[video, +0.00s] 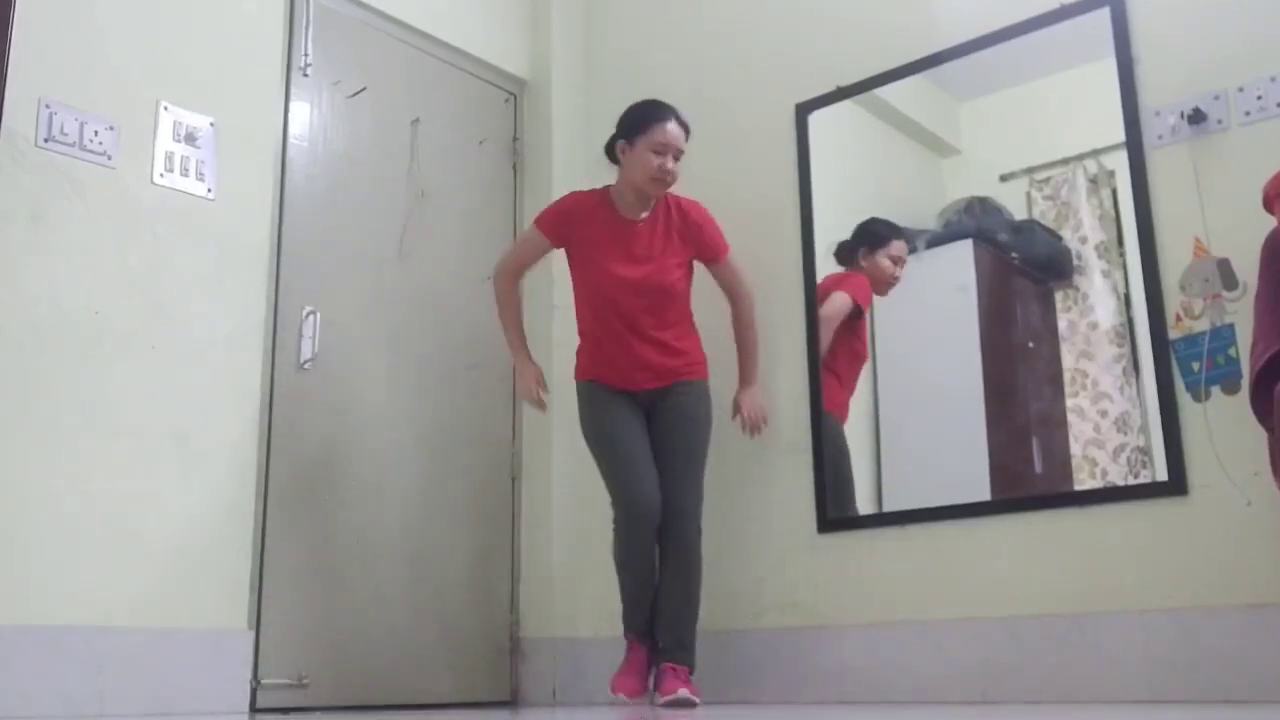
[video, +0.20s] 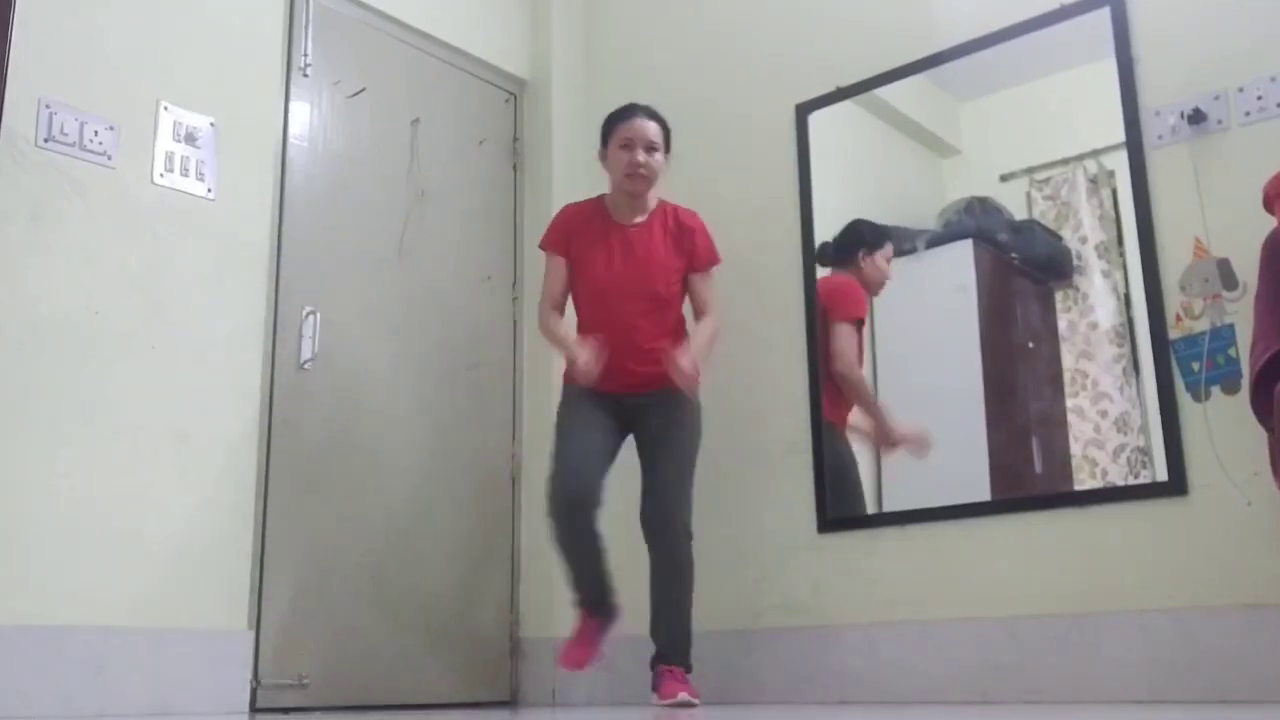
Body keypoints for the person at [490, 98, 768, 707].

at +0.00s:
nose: (670, 165)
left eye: (678, 155)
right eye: (659, 152)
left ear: (682, 160)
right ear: (622, 151)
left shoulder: (689, 218)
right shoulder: (576, 212)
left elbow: (741, 296)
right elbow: (505, 274)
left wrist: (749, 383)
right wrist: (521, 358)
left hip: (681, 381)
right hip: (605, 383)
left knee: (682, 515)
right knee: (640, 504)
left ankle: (676, 665)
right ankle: (638, 648)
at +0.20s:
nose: (640, 157)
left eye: (651, 148)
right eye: (627, 146)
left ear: (665, 161)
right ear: (604, 156)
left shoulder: (684, 227)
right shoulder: (575, 222)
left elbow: (708, 313)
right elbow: (548, 312)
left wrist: (692, 351)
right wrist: (572, 345)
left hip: (666, 392)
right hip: (594, 392)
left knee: (667, 523)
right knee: (568, 496)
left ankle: (672, 667)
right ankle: (597, 608)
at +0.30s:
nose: (623, 145)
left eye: (634, 136)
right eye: (611, 136)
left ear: (652, 149)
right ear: (591, 147)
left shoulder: (674, 216)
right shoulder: (564, 211)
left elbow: (690, 303)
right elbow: (548, 299)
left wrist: (635, 284)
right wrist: (604, 283)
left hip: (654, 387)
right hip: (578, 384)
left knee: (658, 518)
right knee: (536, 495)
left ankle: (670, 667)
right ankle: (535, 633)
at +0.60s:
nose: (545, 149)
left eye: (558, 140)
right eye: (536, 139)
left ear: (584, 153)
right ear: (522, 151)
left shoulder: (604, 222)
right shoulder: (496, 209)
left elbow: (601, 310)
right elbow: (492, 290)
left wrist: (573, 276)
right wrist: (550, 262)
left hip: (578, 392)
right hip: (500, 389)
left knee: (612, 527)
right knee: (479, 523)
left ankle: (661, 666)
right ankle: (447, 671)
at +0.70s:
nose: (517, 162)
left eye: (530, 151)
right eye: (508, 152)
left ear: (559, 158)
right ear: (498, 160)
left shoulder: (583, 230)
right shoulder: (475, 213)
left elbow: (581, 309)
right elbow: (468, 294)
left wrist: (559, 369)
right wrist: (485, 363)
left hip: (549, 388)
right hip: (475, 384)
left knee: (581, 516)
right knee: (462, 519)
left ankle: (641, 654)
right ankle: (444, 669)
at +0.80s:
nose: (491, 170)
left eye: (504, 158)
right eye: (484, 159)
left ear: (540, 160)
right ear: (478, 163)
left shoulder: (568, 235)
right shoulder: (462, 215)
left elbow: (564, 330)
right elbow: (441, 307)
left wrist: (572, 418)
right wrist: (419, 399)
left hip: (529, 389)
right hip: (456, 387)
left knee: (538, 498)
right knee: (454, 515)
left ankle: (591, 634)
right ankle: (443, 669)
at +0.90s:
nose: (479, 167)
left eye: (493, 154)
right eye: (472, 156)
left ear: (529, 157)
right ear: (468, 160)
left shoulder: (559, 232)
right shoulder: (450, 216)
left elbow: (571, 328)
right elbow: (392, 301)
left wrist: (583, 414)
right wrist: (374, 390)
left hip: (524, 382)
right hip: (448, 380)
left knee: (512, 486)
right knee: (450, 511)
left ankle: (523, 629)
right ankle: (442, 669)